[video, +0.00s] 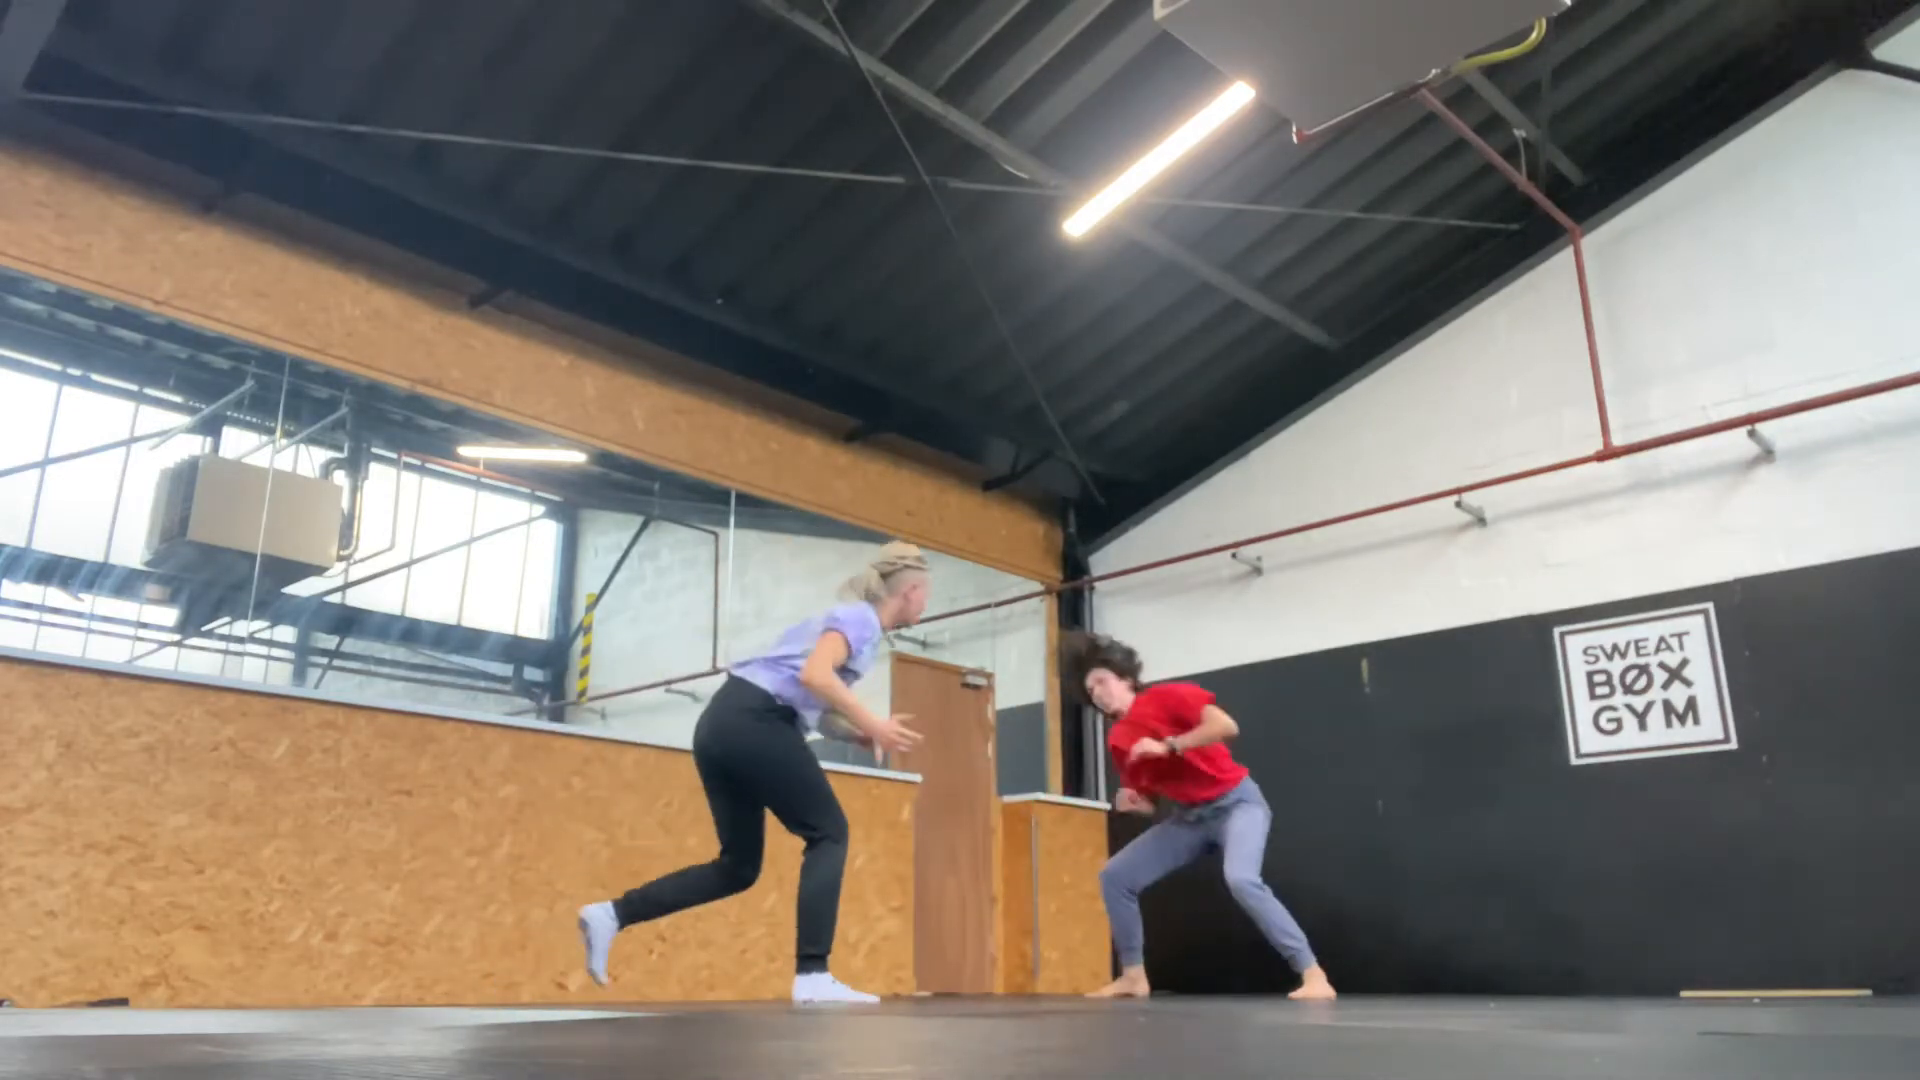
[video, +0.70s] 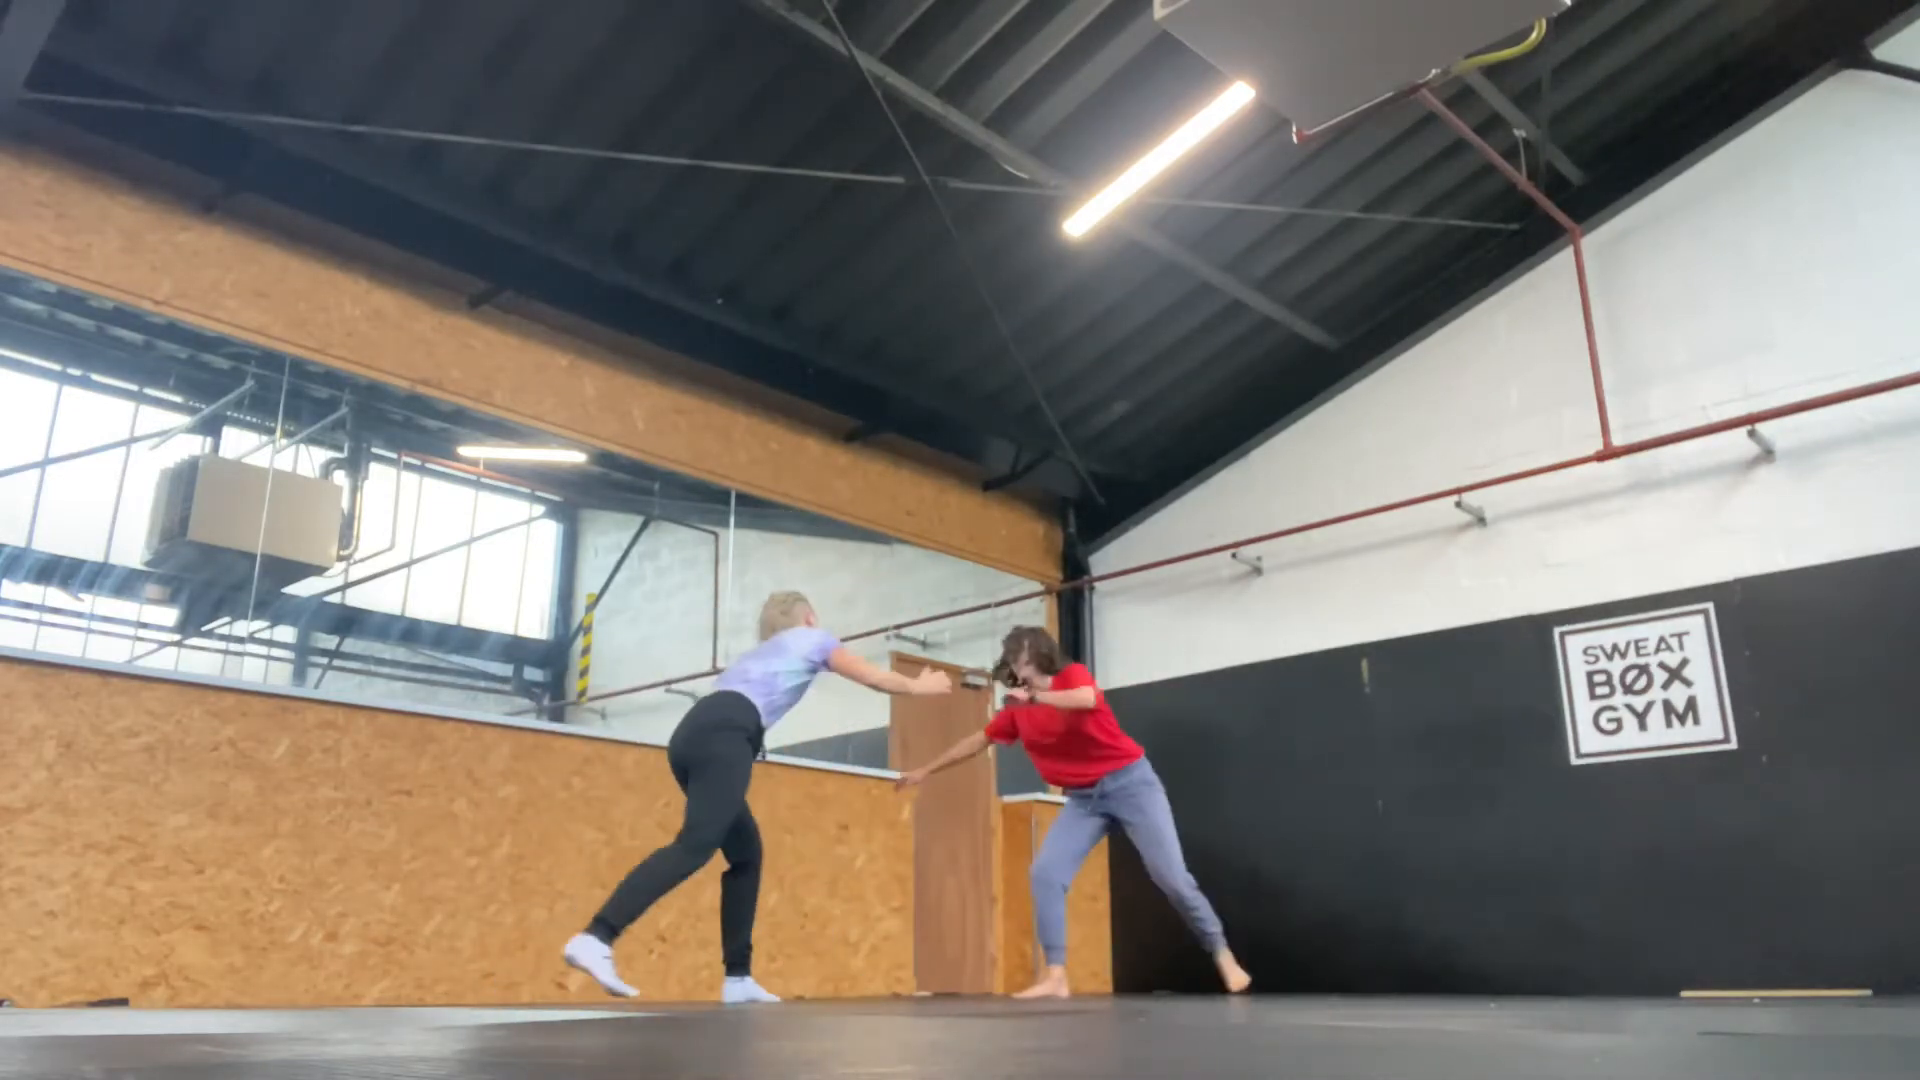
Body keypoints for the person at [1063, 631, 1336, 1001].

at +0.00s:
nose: (1096, 694)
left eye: (1100, 682)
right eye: (1090, 690)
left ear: (1124, 676)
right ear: (1091, 699)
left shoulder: (1168, 697)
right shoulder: (1118, 739)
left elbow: (1225, 725)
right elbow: (1149, 802)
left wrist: (1169, 745)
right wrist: (1134, 803)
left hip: (1237, 804)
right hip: (1187, 819)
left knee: (1241, 879)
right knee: (1116, 877)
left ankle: (1314, 977)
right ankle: (1134, 977)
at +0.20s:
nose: (1121, 694)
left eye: (1127, 683)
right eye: (1117, 688)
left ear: (1154, 682)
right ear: (1121, 696)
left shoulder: (1204, 707)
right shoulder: (1135, 740)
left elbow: (1265, 748)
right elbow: (1112, 807)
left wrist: (1207, 765)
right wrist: (1138, 803)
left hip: (1240, 813)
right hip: (1186, 819)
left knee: (1241, 880)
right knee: (1103, 868)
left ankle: (1312, 975)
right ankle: (1096, 965)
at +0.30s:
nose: (1107, 699)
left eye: (1112, 689)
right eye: (1103, 693)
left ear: (1136, 683)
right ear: (1106, 698)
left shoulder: (1185, 707)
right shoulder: (1116, 737)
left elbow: (1253, 735)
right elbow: (1069, 785)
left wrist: (1214, 763)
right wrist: (1093, 776)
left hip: (1225, 817)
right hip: (1173, 822)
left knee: (1231, 886)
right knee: (1095, 875)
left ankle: (1311, 977)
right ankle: (1066, 968)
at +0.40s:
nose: (1071, 694)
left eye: (1076, 685)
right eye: (1068, 688)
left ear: (1101, 684)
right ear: (1075, 693)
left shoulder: (1152, 705)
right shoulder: (1083, 734)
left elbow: (1214, 729)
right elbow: (1053, 759)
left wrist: (1190, 750)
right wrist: (1035, 756)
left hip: (1194, 815)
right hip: (1146, 822)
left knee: (1224, 894)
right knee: (1073, 880)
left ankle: (1307, 975)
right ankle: (1057, 979)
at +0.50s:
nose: (1038, 686)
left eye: (1043, 677)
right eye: (1036, 680)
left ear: (1065, 675)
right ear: (1043, 686)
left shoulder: (1117, 698)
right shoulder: (1050, 728)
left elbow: (1181, 725)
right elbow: (1002, 750)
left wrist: (1144, 736)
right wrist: (965, 747)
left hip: (1165, 806)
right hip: (1115, 818)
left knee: (1220, 880)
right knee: (1051, 878)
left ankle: (1292, 961)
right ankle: (1056, 978)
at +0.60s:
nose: (1019, 683)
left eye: (1023, 675)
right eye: (1017, 677)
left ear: (1046, 670)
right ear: (1025, 679)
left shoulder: (1088, 688)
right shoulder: (1026, 719)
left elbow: (1143, 714)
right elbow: (977, 743)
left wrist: (1091, 723)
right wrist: (925, 756)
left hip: (1144, 792)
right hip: (1096, 807)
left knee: (1196, 876)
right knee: (1045, 873)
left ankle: (1268, 958)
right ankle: (1055, 978)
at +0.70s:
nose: (1022, 687)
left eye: (1026, 677)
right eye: (1015, 680)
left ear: (1045, 666)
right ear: (1010, 676)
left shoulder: (1072, 676)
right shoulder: (1014, 713)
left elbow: (1086, 700)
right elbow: (974, 743)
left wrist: (1036, 696)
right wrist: (923, 771)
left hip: (1130, 782)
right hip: (1084, 799)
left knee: (1171, 877)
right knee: (1046, 872)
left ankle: (1223, 958)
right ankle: (1054, 978)